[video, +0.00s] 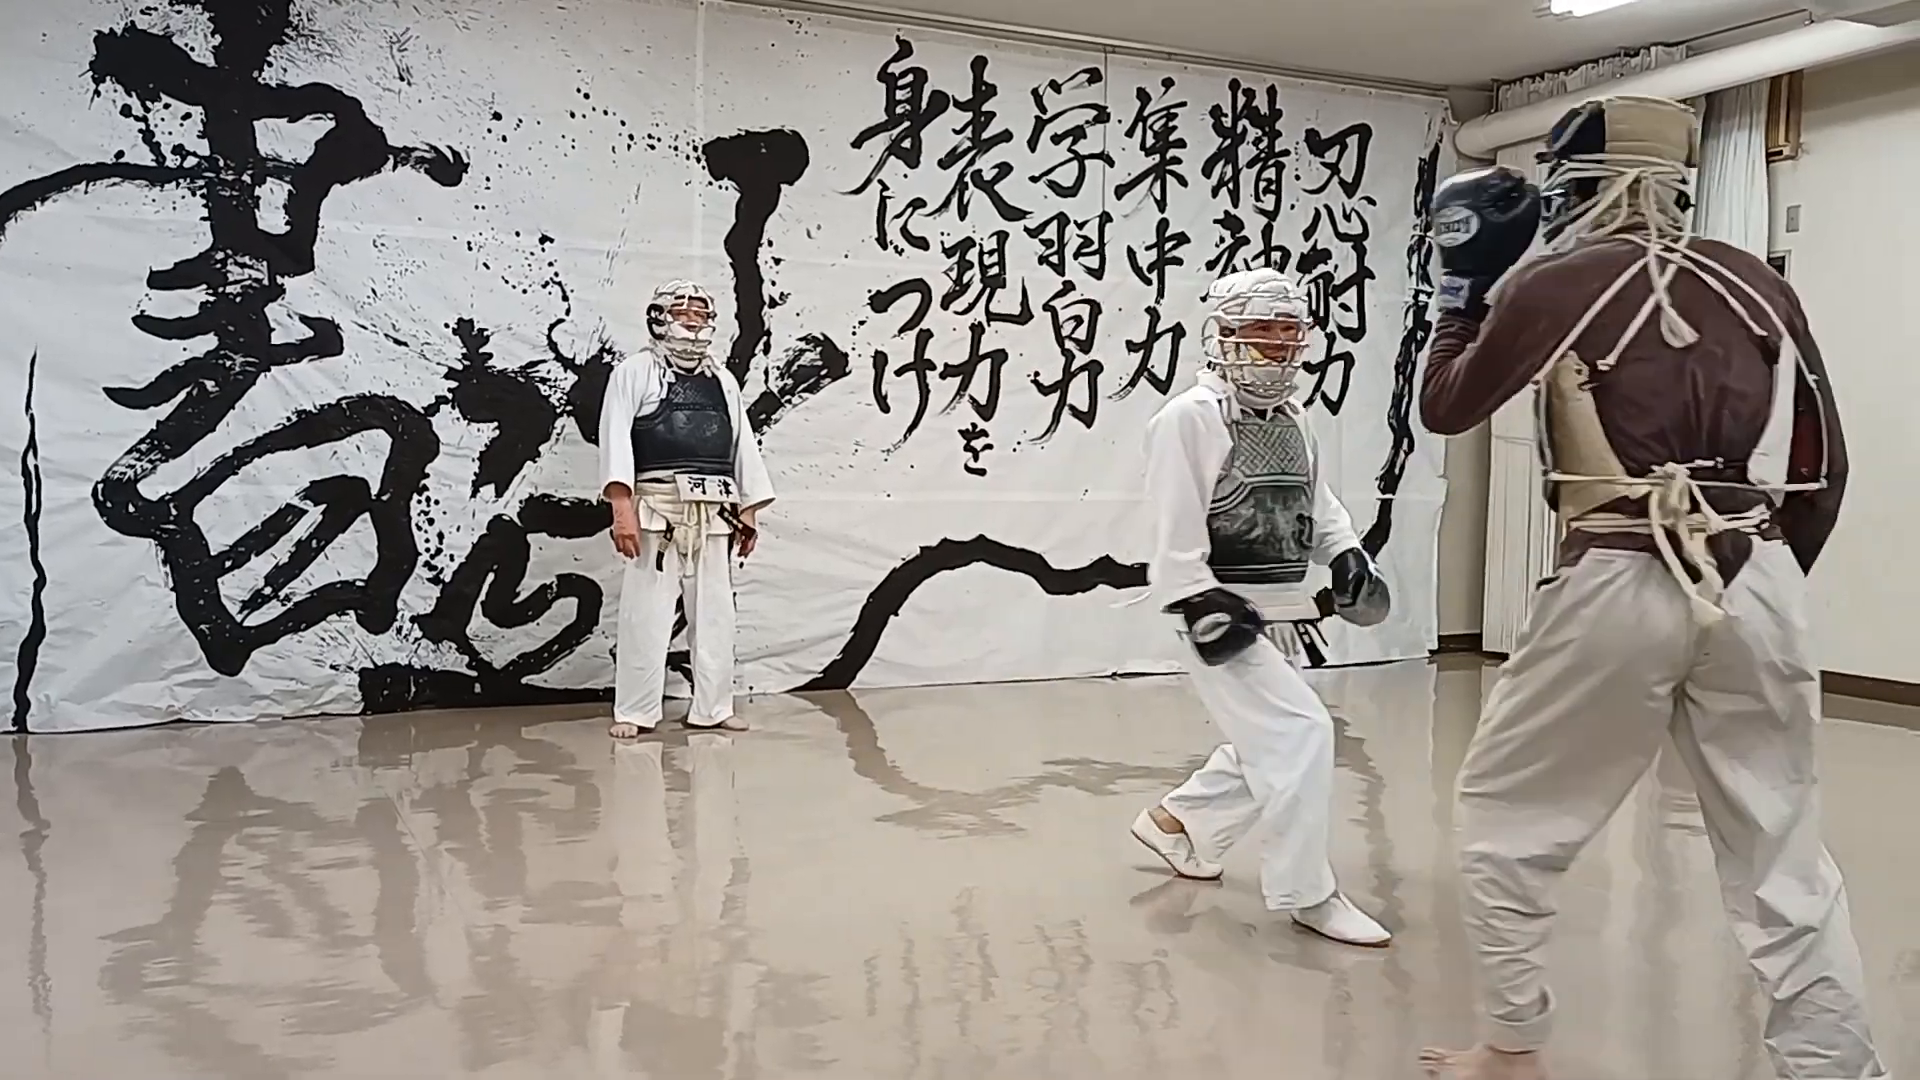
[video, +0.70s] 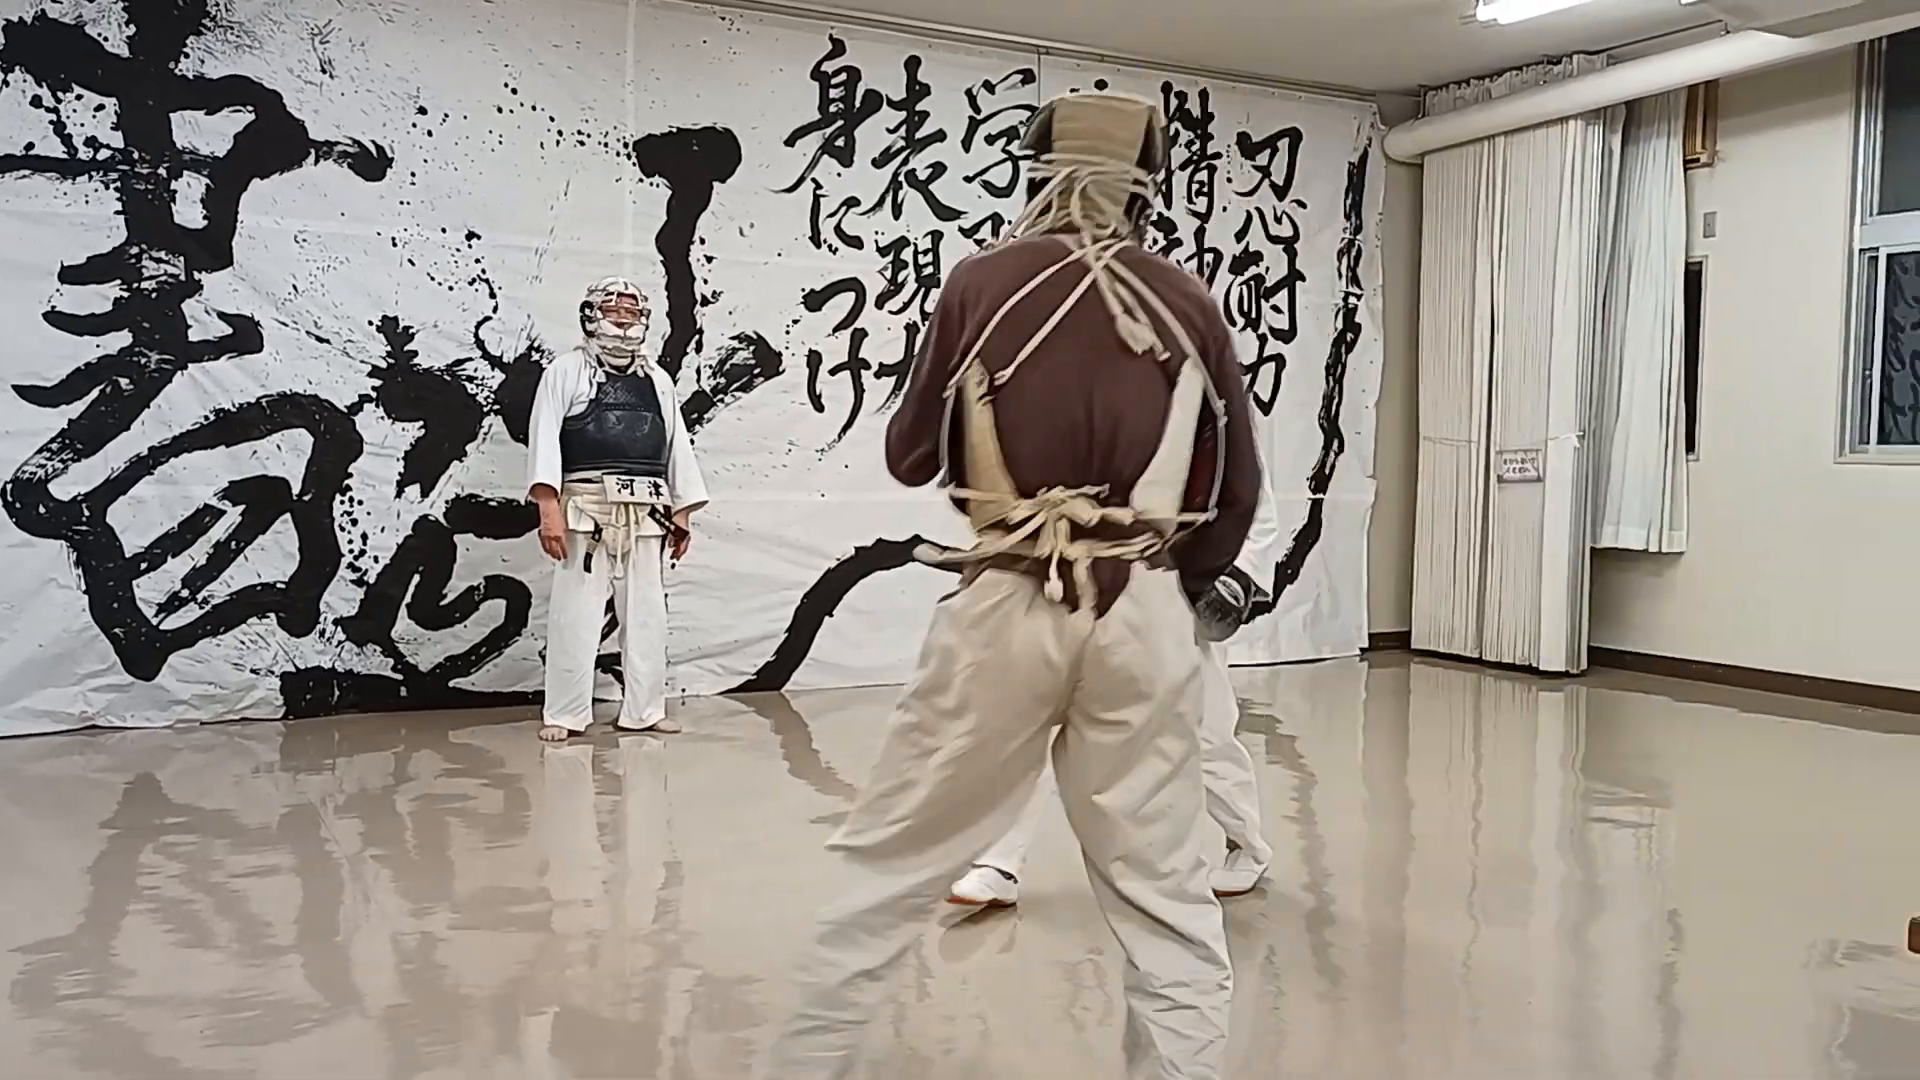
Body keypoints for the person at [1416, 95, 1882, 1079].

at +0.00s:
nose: (1553, 193)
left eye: (1563, 178)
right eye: (1557, 178)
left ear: (1588, 184)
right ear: (1677, 184)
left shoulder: (1555, 282)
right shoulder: (1762, 280)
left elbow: (1446, 402)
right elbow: (1821, 470)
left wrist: (1462, 284)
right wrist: (1766, 581)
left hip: (1612, 591)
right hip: (1759, 586)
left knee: (1505, 816)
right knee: (1783, 855)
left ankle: (1513, 1041)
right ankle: (1832, 1066)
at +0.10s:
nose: (1506, 224)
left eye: (1514, 211)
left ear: (1530, 215)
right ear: (1628, 213)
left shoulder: (1493, 317)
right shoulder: (1714, 303)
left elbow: (1393, 437)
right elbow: (1797, 487)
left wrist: (1412, 317)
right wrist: (1740, 613)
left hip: (1560, 627)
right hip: (1712, 621)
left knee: (1415, 830)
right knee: (1769, 893)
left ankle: (1388, 1052)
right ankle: (1819, 1067)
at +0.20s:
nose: (1431, 247)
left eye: (1440, 235)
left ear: (1449, 243)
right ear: (1549, 242)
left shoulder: (1409, 357)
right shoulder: (1623, 334)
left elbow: (1340, 491)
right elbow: (1714, 495)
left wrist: (1354, 359)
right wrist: (1712, 635)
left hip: (1480, 658)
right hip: (1630, 655)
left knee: (1340, 868)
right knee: (1703, 883)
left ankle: (1245, 1054)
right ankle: (1774, 1061)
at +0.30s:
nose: (1327, 241)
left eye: (1334, 229)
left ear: (1343, 234)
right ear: (1442, 235)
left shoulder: (1295, 340)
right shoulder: (1505, 329)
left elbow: (1240, 484)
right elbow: (1607, 477)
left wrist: (1271, 346)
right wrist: (1634, 626)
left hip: (1341, 645)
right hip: (1499, 642)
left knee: (1239, 859)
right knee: (1620, 881)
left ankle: (1202, 1060)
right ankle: (1724, 1067)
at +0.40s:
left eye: (1257, 187)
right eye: (1350, 191)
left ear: (1254, 190)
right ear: (1353, 197)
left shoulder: (1196, 292)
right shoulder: (1408, 295)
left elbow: (1123, 438)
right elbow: (1499, 443)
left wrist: (1156, 335)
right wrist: (1526, 584)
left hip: (1241, 600)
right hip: (1392, 594)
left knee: (1200, 859)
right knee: (1484, 855)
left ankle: (1202, 1061)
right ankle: (1586, 1059)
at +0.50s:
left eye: (1182, 130)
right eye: (1291, 138)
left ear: (1180, 135)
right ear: (1285, 144)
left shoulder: (1114, 229)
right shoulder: (1343, 242)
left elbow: (1053, 395)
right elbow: (1407, 409)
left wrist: (1100, 317)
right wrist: (1407, 562)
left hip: (1166, 545)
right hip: (1315, 543)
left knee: (1161, 828)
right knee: (1326, 828)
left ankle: (1176, 1061)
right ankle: (1358, 1063)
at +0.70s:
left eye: (1047, 171)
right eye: (1134, 181)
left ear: (1046, 176)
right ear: (1137, 187)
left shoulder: (979, 283)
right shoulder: (1189, 299)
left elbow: (910, 454)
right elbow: (1240, 483)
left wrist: (1007, 421)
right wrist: (1173, 576)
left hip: (999, 621)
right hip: (1143, 625)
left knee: (885, 874)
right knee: (1166, 905)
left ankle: (803, 1067)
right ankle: (1184, 1072)